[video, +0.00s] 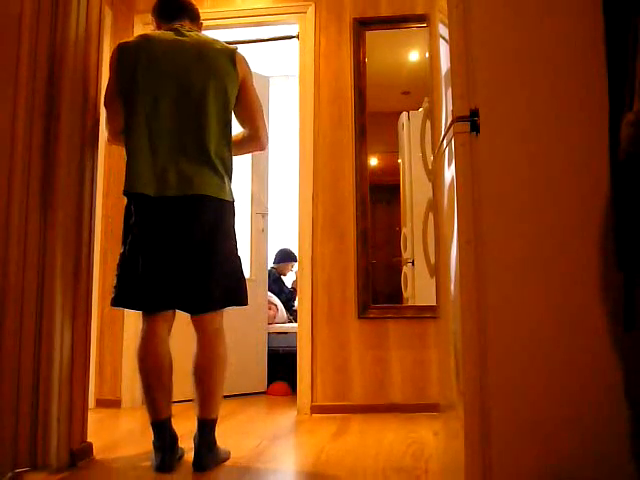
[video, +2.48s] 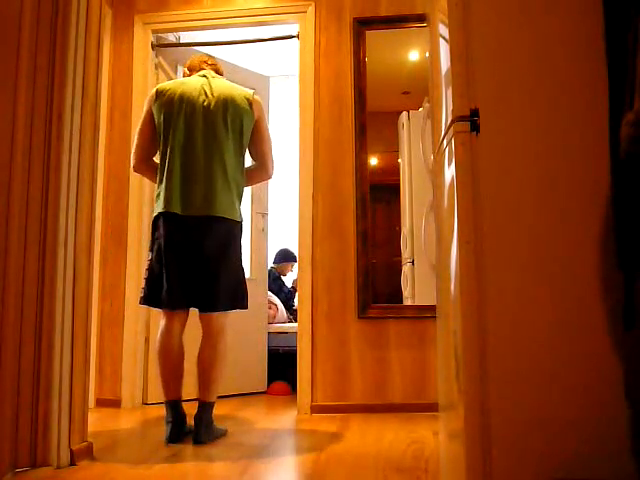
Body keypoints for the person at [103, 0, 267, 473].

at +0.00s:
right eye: (196, 20)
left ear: (154, 20)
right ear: (198, 20)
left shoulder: (128, 53)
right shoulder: (229, 58)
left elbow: (115, 131)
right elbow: (257, 137)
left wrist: (159, 137)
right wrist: (213, 148)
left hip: (150, 205)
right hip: (208, 207)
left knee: (155, 323)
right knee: (210, 325)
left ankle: (164, 445)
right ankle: (206, 444)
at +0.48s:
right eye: (196, 26)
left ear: (155, 25)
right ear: (198, 27)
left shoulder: (127, 57)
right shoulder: (226, 62)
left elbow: (115, 134)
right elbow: (256, 141)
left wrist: (157, 140)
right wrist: (209, 150)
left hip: (147, 206)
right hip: (205, 207)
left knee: (153, 323)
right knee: (210, 321)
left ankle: (164, 443)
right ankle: (204, 437)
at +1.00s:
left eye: (181, 47)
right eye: (212, 50)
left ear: (181, 50)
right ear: (219, 54)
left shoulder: (152, 78)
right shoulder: (240, 87)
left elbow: (132, 154)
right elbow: (259, 161)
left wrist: (166, 170)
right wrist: (220, 180)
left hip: (158, 212)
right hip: (212, 215)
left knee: (160, 320)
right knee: (212, 323)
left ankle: (163, 436)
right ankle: (204, 421)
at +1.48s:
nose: (196, 71)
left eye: (196, 69)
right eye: (206, 71)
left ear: (197, 72)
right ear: (231, 77)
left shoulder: (173, 88)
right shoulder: (253, 104)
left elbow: (144, 155)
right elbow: (263, 175)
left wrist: (171, 182)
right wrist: (227, 192)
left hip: (170, 211)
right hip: (220, 216)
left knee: (167, 315)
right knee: (214, 319)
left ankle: (164, 418)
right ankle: (204, 422)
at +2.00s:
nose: (186, 73)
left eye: (185, 71)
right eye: (199, 71)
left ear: (186, 71)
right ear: (218, 72)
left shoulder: (163, 91)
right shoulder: (245, 99)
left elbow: (134, 157)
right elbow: (259, 169)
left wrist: (169, 179)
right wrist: (222, 180)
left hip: (170, 217)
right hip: (219, 219)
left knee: (171, 318)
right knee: (212, 321)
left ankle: (174, 420)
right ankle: (203, 422)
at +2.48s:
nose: (189, 75)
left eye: (187, 71)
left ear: (186, 72)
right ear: (221, 72)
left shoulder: (164, 93)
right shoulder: (247, 100)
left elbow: (141, 162)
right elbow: (264, 169)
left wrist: (176, 180)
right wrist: (226, 180)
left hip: (172, 218)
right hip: (221, 221)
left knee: (172, 319)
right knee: (213, 323)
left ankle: (174, 420)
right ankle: (204, 423)